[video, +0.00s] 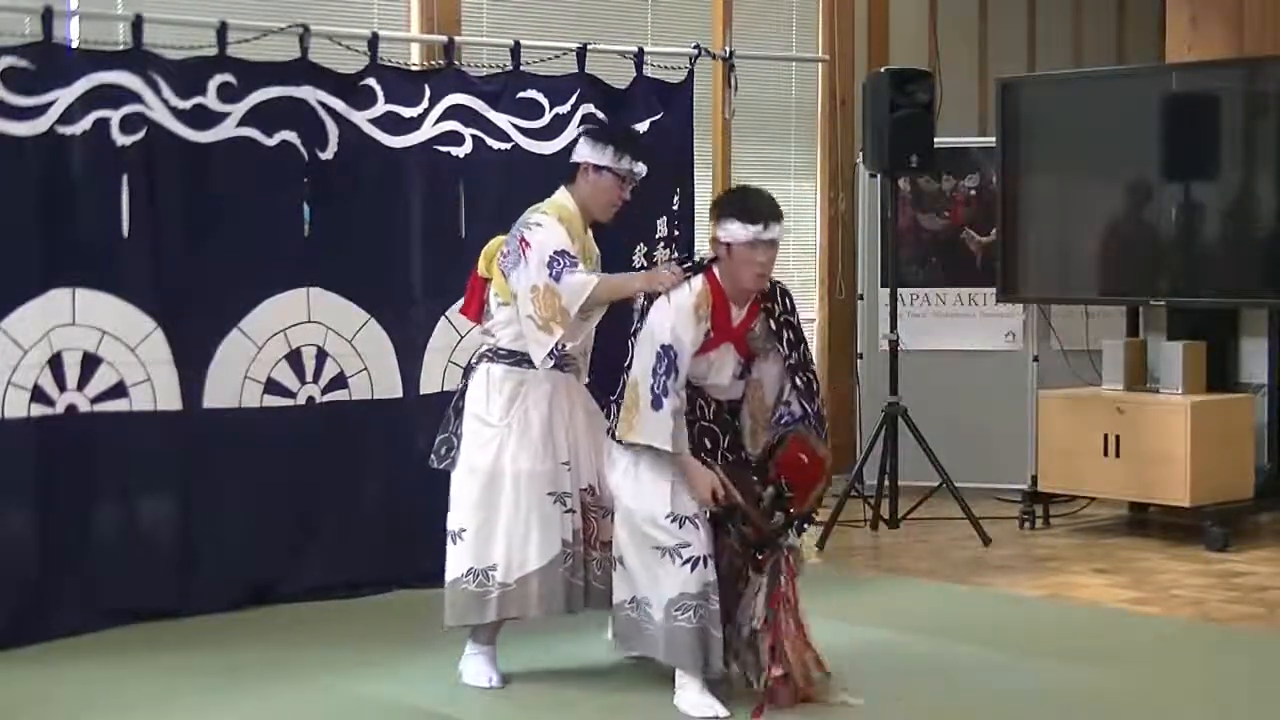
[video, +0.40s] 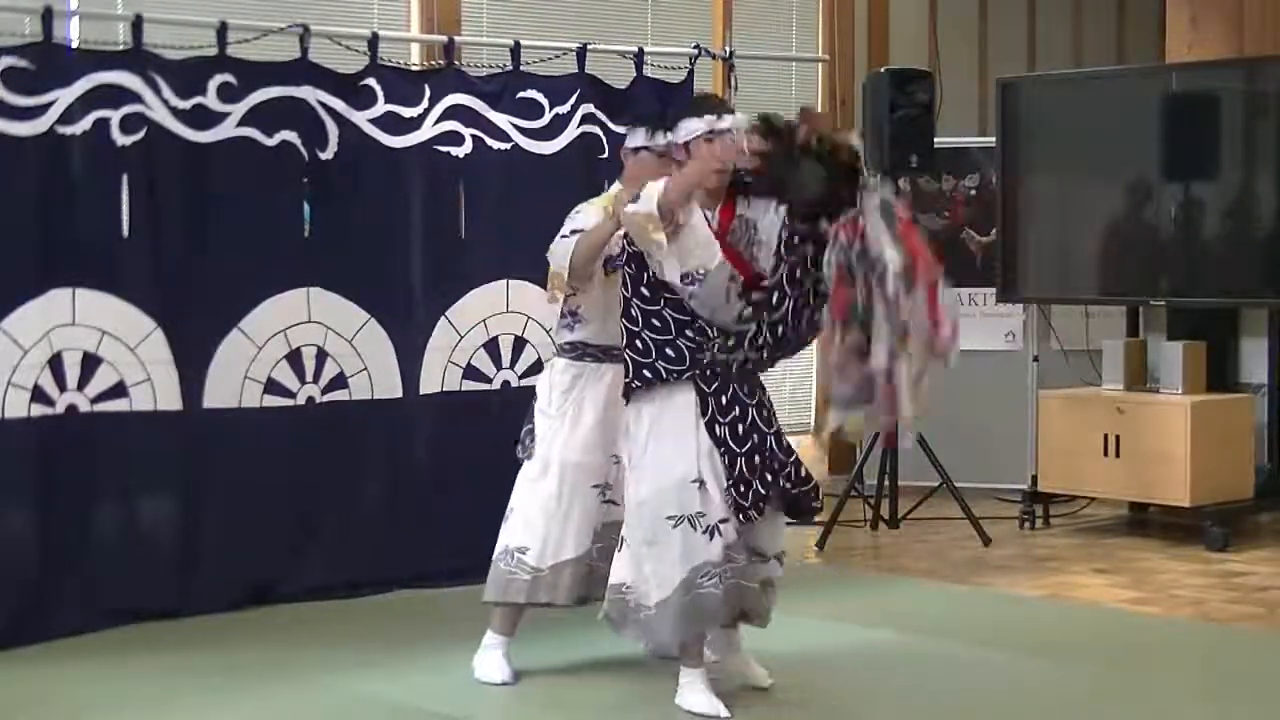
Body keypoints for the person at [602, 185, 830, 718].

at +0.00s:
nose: (766, 259)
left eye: (772, 246)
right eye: (754, 246)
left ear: (779, 247)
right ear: (722, 247)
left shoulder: (774, 304)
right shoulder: (681, 307)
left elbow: (787, 384)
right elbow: (652, 396)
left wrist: (792, 450)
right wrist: (687, 464)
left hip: (723, 429)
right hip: (656, 433)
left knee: (753, 524)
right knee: (689, 538)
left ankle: (740, 654)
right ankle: (689, 676)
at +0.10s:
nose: (754, 211)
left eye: (759, 198)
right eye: (740, 200)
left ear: (765, 206)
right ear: (708, 211)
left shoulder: (770, 277)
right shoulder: (675, 277)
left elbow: (784, 365)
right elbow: (648, 371)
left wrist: (774, 440)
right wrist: (699, 424)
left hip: (735, 414)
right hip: (669, 414)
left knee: (769, 513)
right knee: (695, 529)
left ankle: (741, 642)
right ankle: (692, 671)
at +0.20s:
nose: (738, 177)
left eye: (742, 164)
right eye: (724, 166)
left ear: (748, 176)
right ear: (694, 179)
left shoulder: (758, 249)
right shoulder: (661, 249)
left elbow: (784, 320)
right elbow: (664, 328)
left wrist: (775, 355)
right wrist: (729, 340)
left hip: (735, 409)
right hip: (670, 411)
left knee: (725, 526)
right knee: (694, 531)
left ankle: (696, 628)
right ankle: (692, 673)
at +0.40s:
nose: (735, 162)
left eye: (745, 152)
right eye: (724, 149)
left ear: (753, 167)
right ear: (685, 152)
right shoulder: (645, 219)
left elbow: (797, 316)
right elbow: (654, 324)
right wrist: (725, 348)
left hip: (730, 382)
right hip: (673, 387)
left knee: (751, 512)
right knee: (692, 522)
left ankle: (727, 644)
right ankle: (691, 670)